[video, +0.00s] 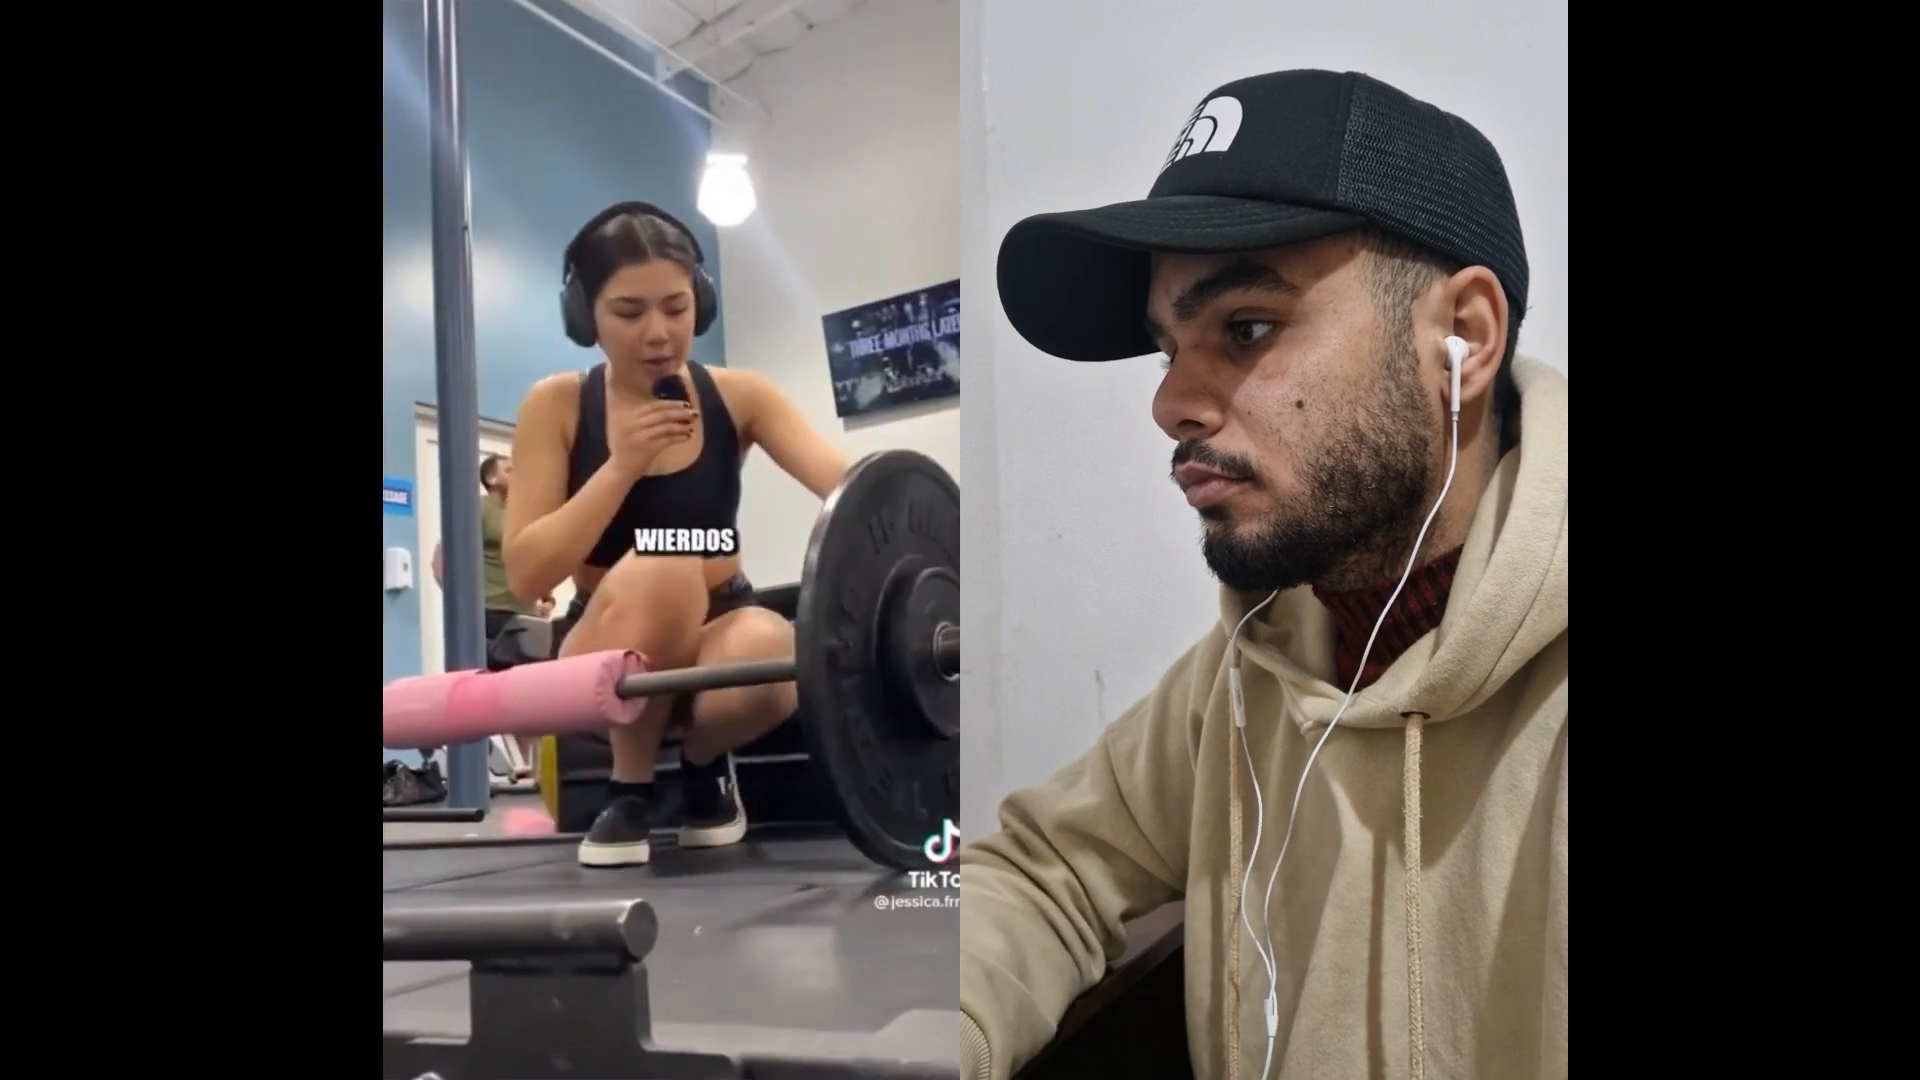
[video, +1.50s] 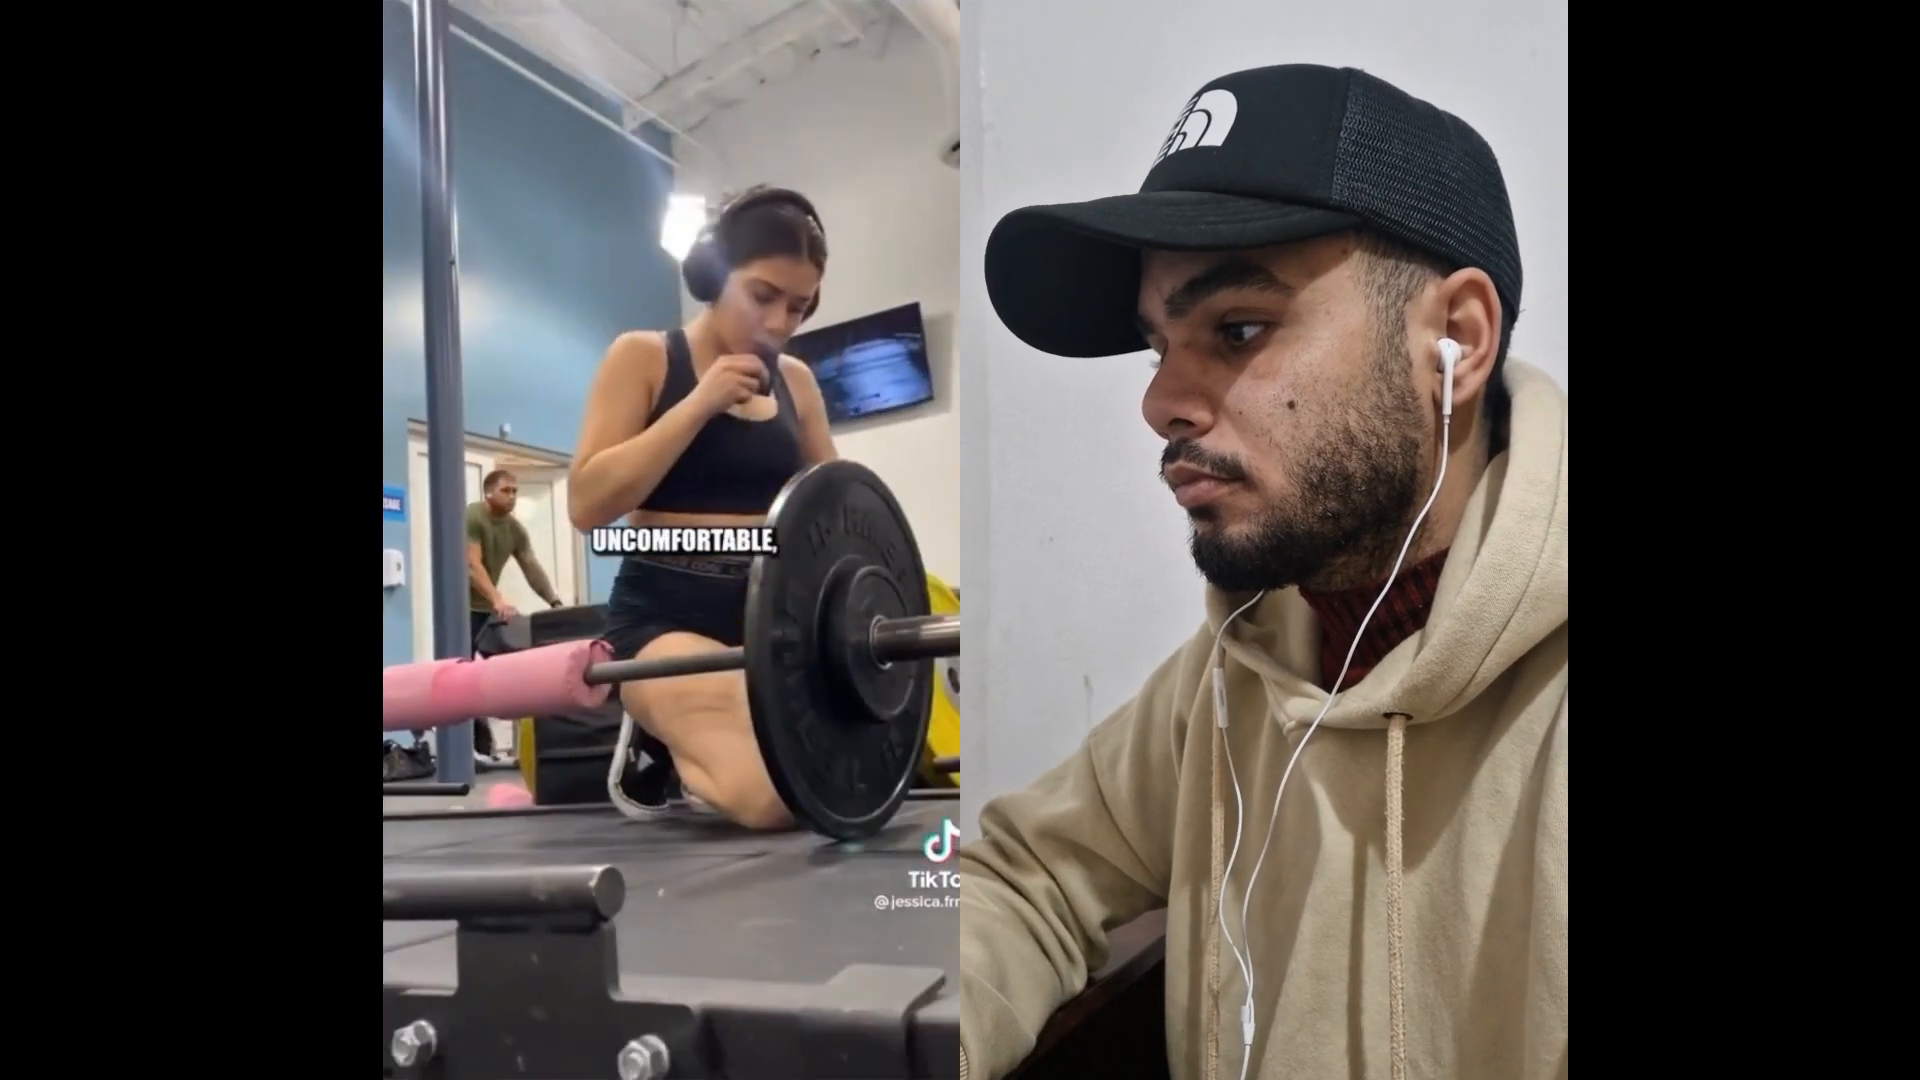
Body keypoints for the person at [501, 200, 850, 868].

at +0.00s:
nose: (659, 333)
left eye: (675, 307)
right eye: (630, 312)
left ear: (697, 304)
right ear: (588, 316)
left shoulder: (742, 397)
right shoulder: (556, 406)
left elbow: (845, 483)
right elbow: (527, 575)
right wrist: (621, 467)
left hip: (721, 632)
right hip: (604, 643)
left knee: (770, 666)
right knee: (665, 573)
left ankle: (700, 759)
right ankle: (631, 791)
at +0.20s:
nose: (645, 314)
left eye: (664, 289)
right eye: (617, 291)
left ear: (689, 285)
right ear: (576, 292)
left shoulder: (730, 376)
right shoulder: (545, 389)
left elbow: (839, 458)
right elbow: (513, 560)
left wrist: (904, 511)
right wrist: (610, 448)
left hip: (726, 627)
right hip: (595, 631)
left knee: (835, 743)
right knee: (753, 605)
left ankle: (675, 749)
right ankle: (638, 784)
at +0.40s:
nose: (656, 304)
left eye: (677, 278)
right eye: (630, 280)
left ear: (701, 273)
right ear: (586, 275)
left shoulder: (740, 358)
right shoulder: (555, 387)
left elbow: (859, 442)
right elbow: (528, 561)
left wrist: (927, 502)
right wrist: (619, 437)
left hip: (748, 606)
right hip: (624, 618)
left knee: (861, 808)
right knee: (789, 650)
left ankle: (705, 754)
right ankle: (642, 771)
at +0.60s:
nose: (850, 179)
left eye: (873, 161)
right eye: (834, 146)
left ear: (887, 159)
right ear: (777, 119)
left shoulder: (856, 250)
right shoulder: (685, 221)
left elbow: (860, 388)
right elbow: (611, 392)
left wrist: (854, 457)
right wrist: (742, 291)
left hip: (819, 512)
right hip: (708, 505)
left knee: (837, 784)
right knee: (782, 799)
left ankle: (702, 735)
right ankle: (626, 721)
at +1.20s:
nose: (829, 285)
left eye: (849, 267)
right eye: (813, 255)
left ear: (860, 261)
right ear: (758, 229)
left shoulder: (830, 336)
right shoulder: (670, 312)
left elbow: (868, 451)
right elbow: (603, 475)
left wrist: (847, 519)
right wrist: (720, 372)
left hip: (798, 587)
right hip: (683, 585)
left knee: (848, 783)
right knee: (779, 803)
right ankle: (673, 732)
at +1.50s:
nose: (780, 325)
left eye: (800, 306)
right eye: (764, 297)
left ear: (813, 302)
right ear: (714, 279)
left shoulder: (796, 380)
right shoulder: (643, 358)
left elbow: (831, 506)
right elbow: (587, 504)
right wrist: (696, 406)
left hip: (776, 621)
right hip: (662, 619)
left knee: (837, 780)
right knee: (774, 797)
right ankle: (665, 750)